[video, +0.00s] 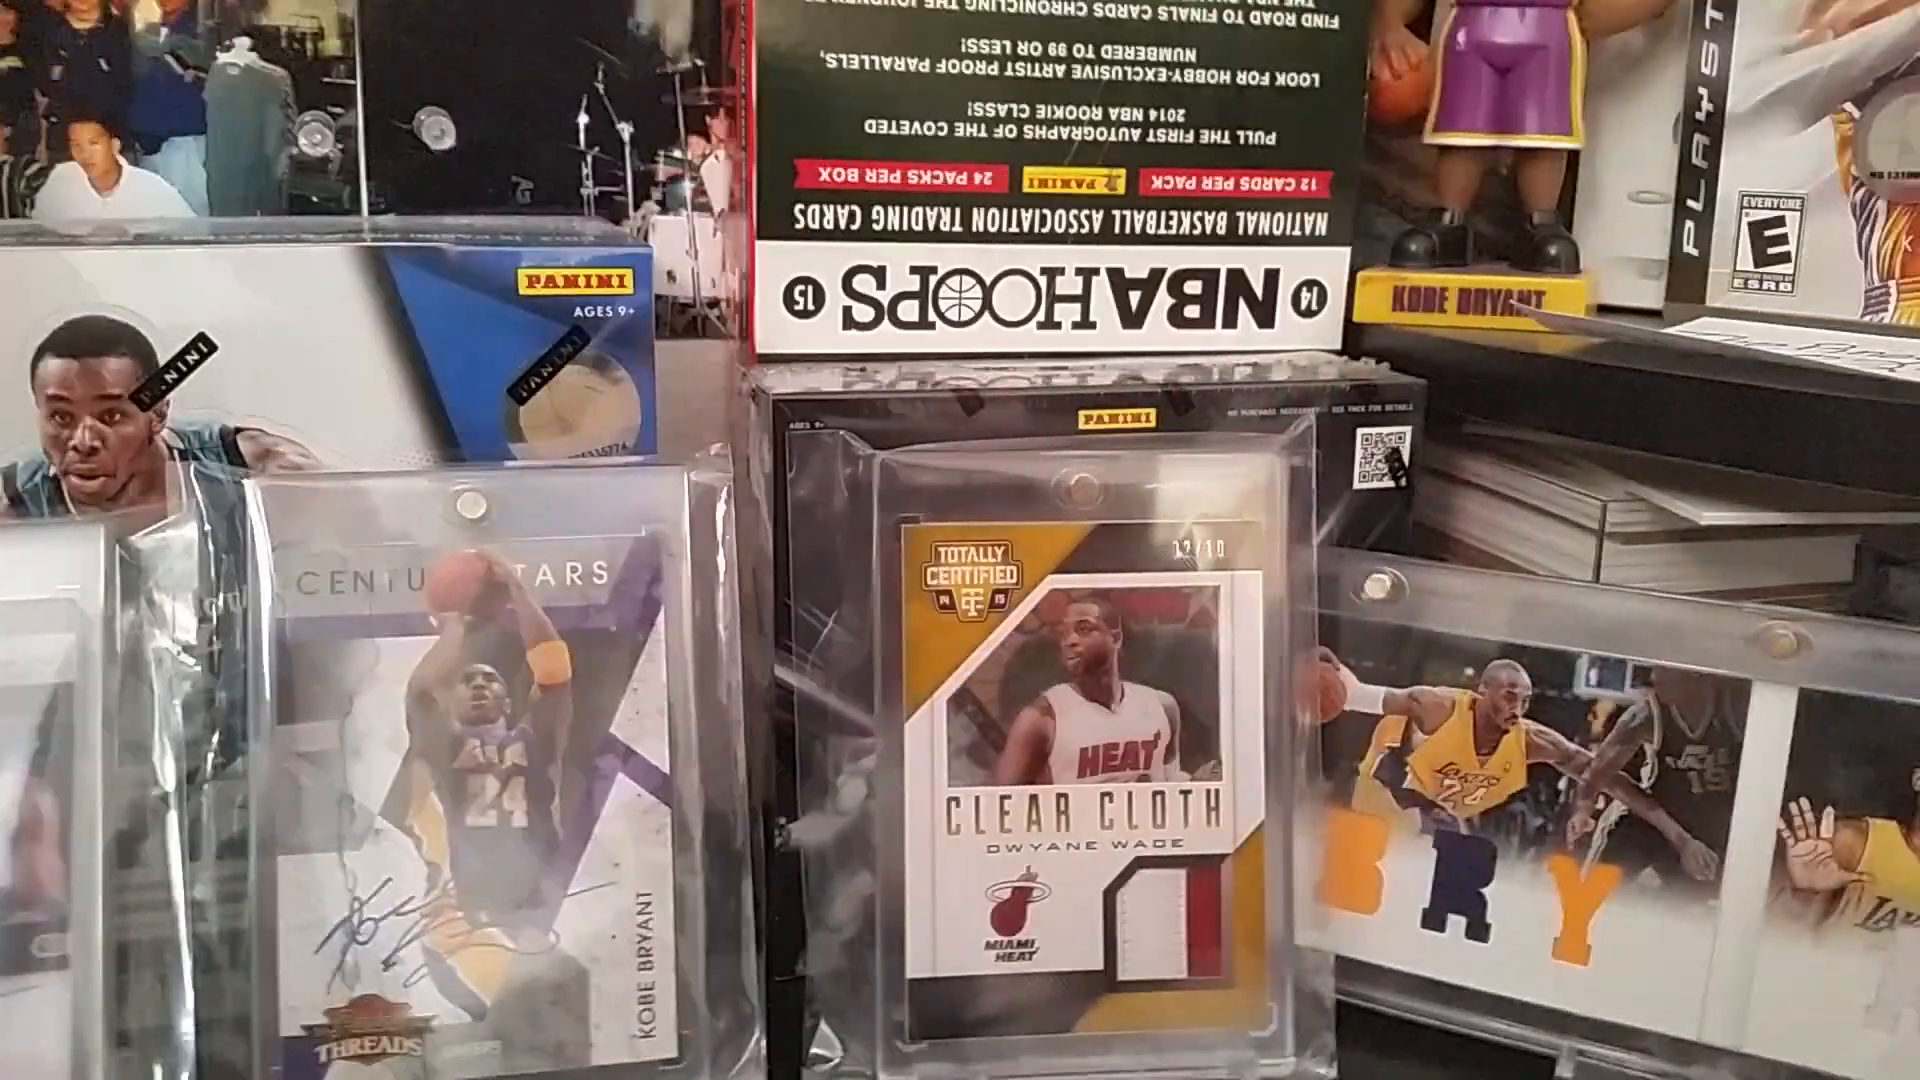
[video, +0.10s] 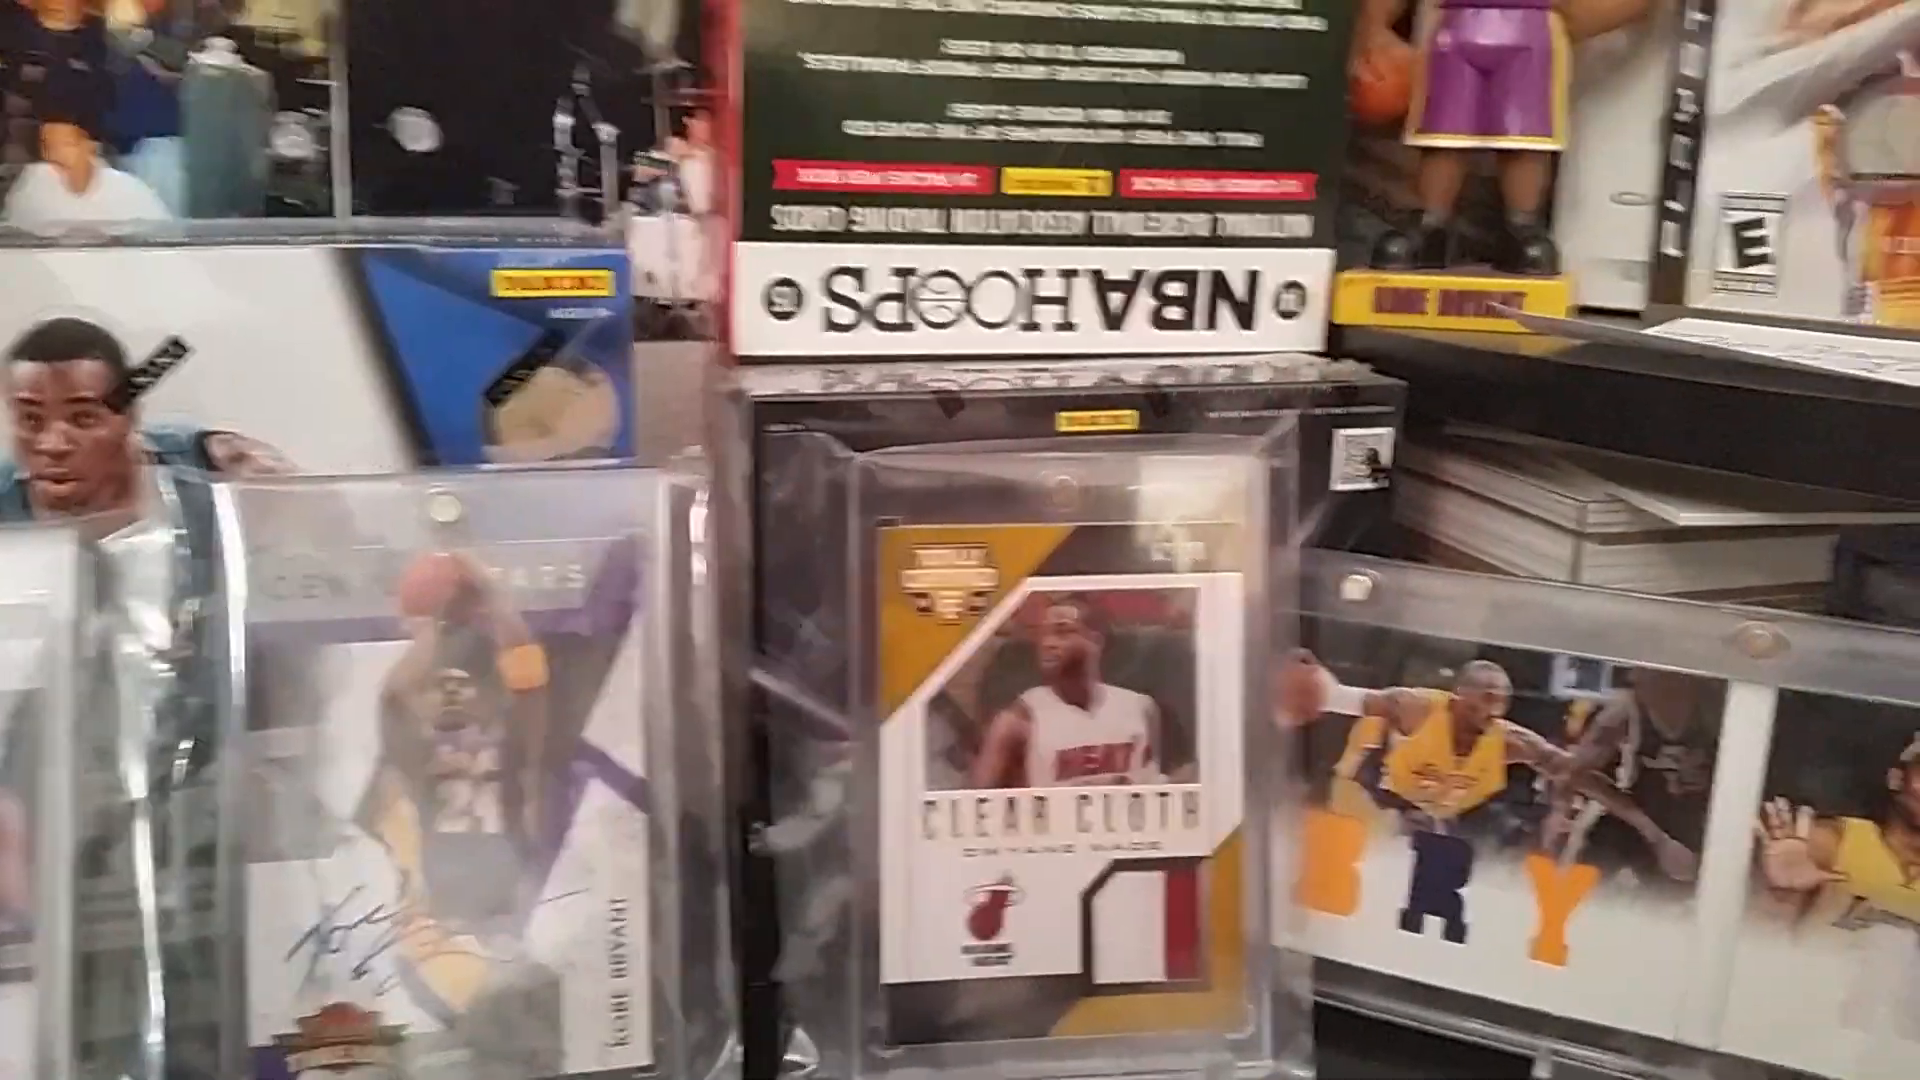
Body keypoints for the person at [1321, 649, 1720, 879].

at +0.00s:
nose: (1517, 707)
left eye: (1522, 699)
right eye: (1508, 695)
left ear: (1526, 702)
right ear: (1481, 691)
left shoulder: (1534, 740)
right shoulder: (1436, 704)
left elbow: (1605, 776)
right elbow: (1366, 697)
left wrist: (1679, 838)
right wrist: (1337, 676)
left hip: (1464, 814)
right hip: (1407, 794)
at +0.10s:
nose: (1496, 710)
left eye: (1502, 701)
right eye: (1487, 699)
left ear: (1504, 704)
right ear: (1460, 696)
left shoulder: (1508, 739)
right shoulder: (1420, 707)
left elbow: (1576, 773)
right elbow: (1356, 699)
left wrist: (1650, 830)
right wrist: (1315, 689)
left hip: (1446, 812)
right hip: (1389, 795)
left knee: (1449, 856)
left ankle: (1431, 922)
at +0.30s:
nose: (1417, 710)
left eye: (1425, 702)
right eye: (1409, 698)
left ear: (1430, 706)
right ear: (1383, 694)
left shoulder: (1439, 744)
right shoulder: (1342, 709)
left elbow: (1513, 782)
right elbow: (1267, 701)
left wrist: (1583, 840)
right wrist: (1238, 686)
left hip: (1371, 819)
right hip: (1315, 799)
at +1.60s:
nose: (1398, 710)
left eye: (1405, 702)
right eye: (1389, 699)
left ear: (1409, 708)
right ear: (1363, 697)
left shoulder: (1418, 747)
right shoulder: (1320, 710)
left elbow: (1492, 783)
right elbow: (1247, 702)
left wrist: (1565, 843)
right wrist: (1214, 679)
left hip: (1324, 825)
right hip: (1272, 799)